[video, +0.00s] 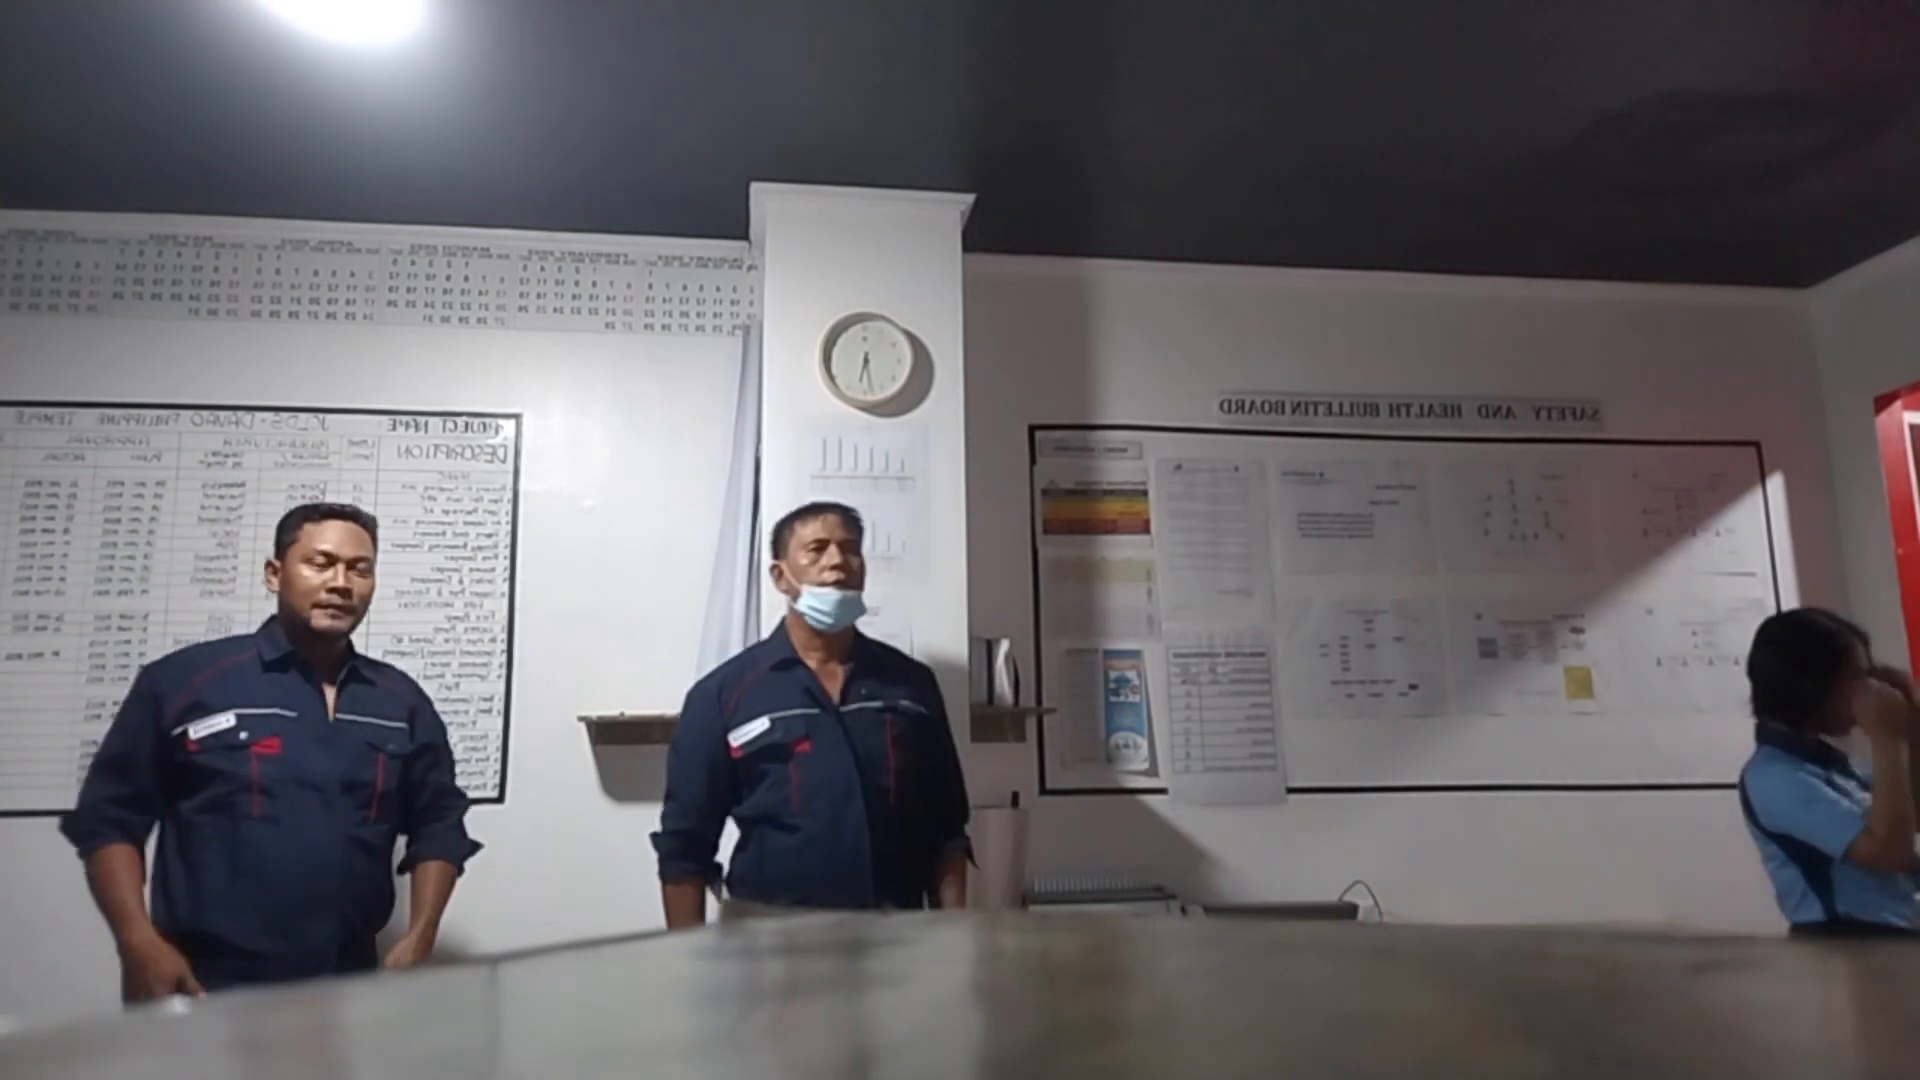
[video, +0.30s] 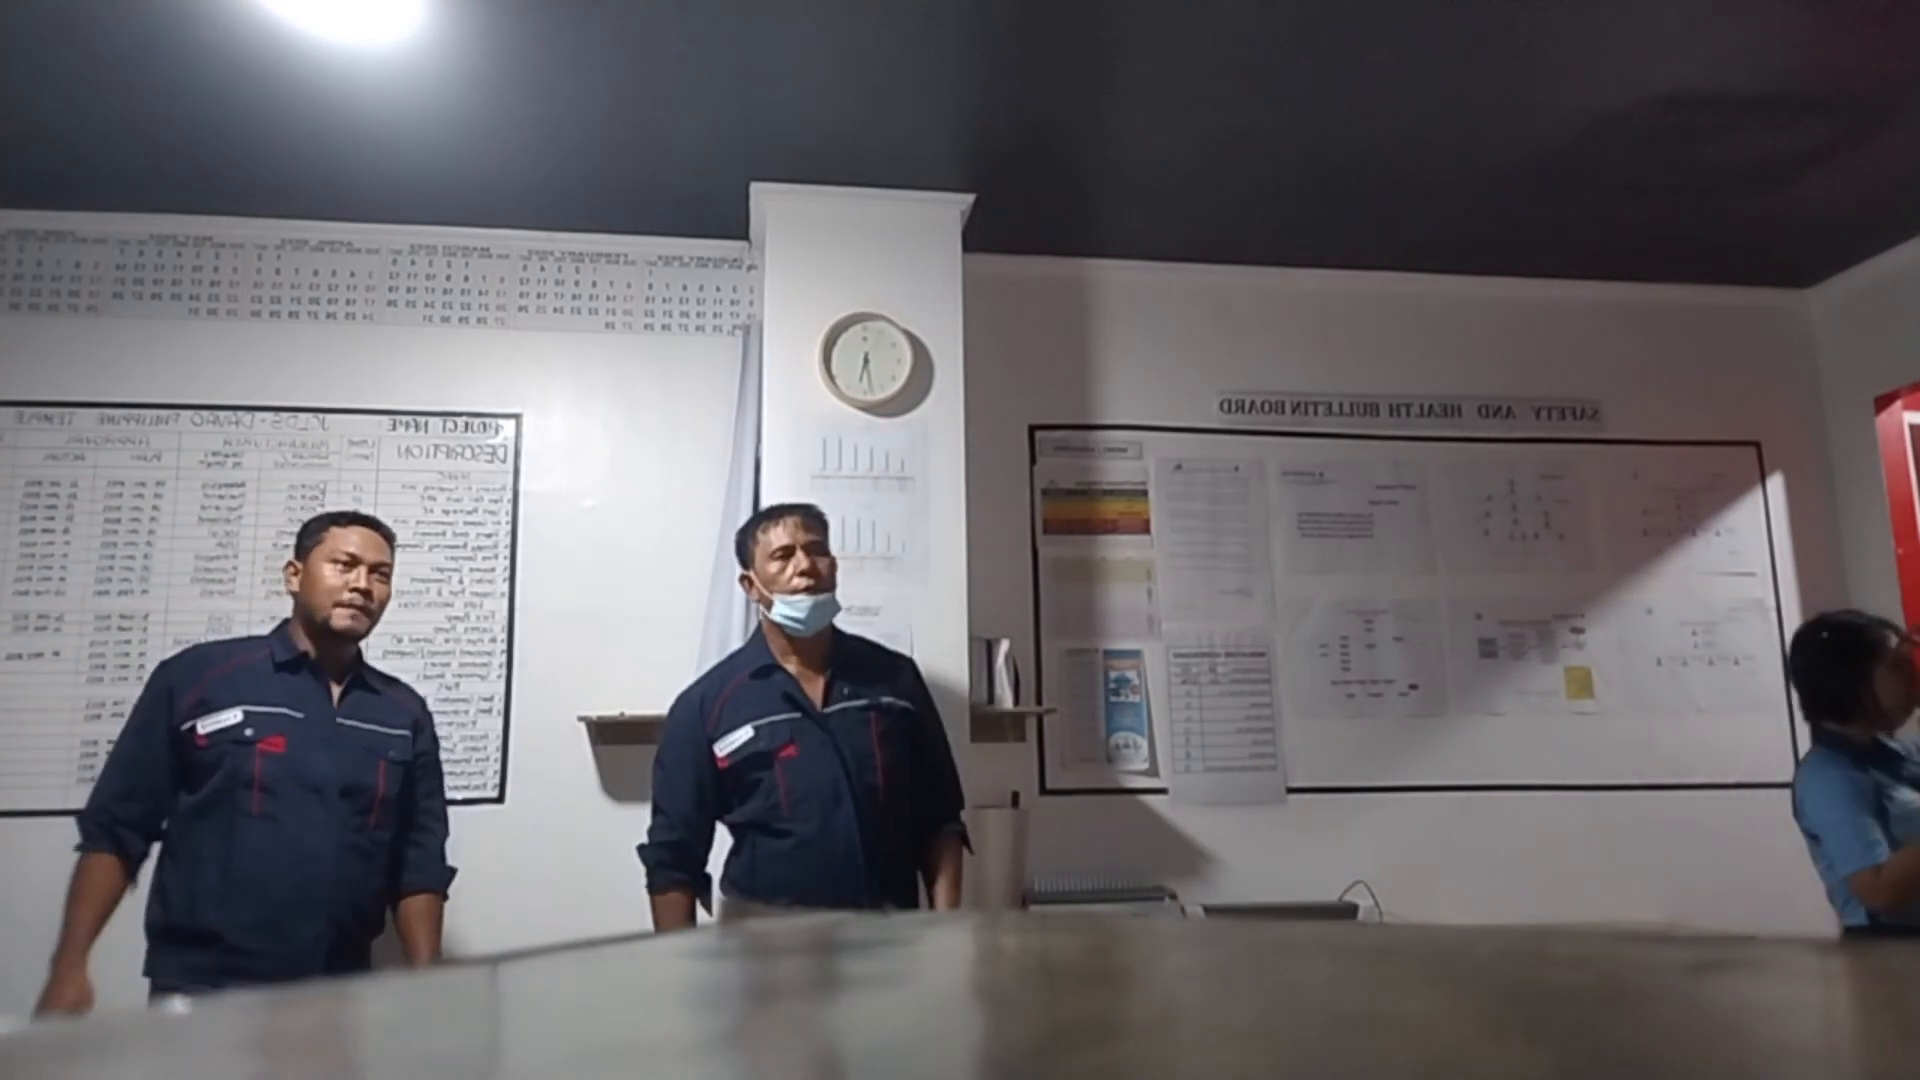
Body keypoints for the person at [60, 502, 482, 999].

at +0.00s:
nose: (342, 582)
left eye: (359, 568)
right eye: (321, 563)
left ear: (373, 585)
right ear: (275, 575)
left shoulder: (403, 703)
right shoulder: (180, 685)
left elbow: (441, 826)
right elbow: (105, 819)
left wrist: (420, 937)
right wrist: (140, 943)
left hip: (343, 999)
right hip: (202, 1001)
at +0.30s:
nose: (363, 583)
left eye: (380, 574)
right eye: (345, 564)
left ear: (390, 594)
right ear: (296, 575)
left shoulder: (405, 715)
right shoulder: (194, 680)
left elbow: (420, 870)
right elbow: (118, 832)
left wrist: (429, 992)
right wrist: (70, 965)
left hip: (336, 999)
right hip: (200, 997)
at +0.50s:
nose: (351, 581)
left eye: (365, 571)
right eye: (332, 561)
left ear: (373, 595)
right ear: (277, 574)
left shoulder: (383, 720)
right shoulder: (175, 682)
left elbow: (408, 875)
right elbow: (90, 843)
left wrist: (435, 994)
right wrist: (22, 978)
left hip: (323, 1007)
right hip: (190, 1005)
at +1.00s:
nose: (226, 569)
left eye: (244, 554)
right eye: (202, 547)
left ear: (257, 575)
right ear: (148, 565)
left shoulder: (270, 702)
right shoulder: (48, 692)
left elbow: (282, 852)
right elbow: (5, 857)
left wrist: (303, 991)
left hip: (231, 1014)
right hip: (86, 1018)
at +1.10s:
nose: (208, 569)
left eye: (225, 554)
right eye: (183, 547)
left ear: (238, 575)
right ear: (127, 564)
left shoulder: (245, 701)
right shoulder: (33, 687)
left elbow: (255, 859)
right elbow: (9, 862)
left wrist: (278, 999)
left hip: (210, 1017)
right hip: (68, 1020)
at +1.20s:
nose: (199, 569)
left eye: (215, 554)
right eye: (173, 547)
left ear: (227, 576)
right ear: (114, 564)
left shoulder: (226, 705)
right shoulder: (25, 682)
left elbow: (237, 873)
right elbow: (6, 876)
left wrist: (268, 1005)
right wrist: (7, 1020)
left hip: (201, 1021)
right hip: (64, 1023)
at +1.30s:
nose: (198, 566)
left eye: (212, 552)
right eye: (174, 543)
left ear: (222, 573)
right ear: (111, 558)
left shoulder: (219, 703)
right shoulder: (22, 675)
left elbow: (229, 854)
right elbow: (3, 868)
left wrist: (265, 986)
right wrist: (17, 1023)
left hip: (196, 1019)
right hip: (64, 1023)